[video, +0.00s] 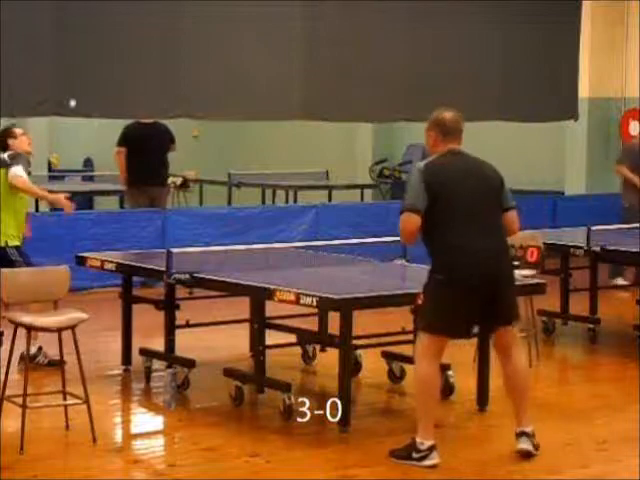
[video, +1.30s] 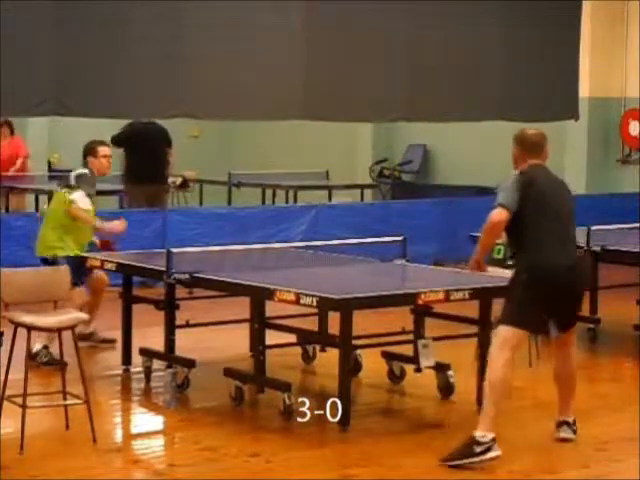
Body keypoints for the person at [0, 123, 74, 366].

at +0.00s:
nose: (29, 140)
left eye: (27, 136)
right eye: (23, 136)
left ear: (12, 143)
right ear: (11, 142)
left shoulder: (9, 160)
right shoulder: (16, 157)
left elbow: (11, 196)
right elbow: (17, 180)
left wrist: (20, 220)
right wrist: (53, 198)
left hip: (10, 239)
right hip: (8, 241)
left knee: (29, 291)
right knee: (35, 289)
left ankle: (32, 348)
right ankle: (31, 348)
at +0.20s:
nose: (49, 156)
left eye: (50, 152)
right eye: (46, 151)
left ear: (35, 153)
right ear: (32, 151)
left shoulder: (27, 173)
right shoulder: (18, 168)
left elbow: (19, 199)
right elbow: (15, 187)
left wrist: (34, 209)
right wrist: (33, 206)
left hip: (12, 240)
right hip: (7, 242)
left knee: (30, 288)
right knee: (34, 287)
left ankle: (38, 346)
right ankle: (38, 346)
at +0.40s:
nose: (69, 157)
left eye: (71, 152)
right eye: (66, 151)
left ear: (56, 153)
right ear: (51, 150)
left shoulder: (48, 179)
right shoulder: (31, 165)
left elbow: (41, 209)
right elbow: (3, 187)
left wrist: (54, 215)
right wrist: (14, 212)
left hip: (23, 240)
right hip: (10, 240)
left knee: (35, 288)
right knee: (39, 286)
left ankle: (38, 347)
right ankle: (38, 347)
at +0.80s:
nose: (80, 153)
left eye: (82, 148)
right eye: (75, 149)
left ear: (79, 152)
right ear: (61, 151)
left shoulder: (75, 180)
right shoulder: (44, 172)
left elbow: (74, 207)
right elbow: (11, 199)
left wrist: (69, 226)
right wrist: (27, 234)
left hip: (55, 246)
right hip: (33, 245)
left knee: (59, 293)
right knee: (50, 295)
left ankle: (52, 343)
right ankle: (43, 347)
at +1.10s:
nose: (97, 147)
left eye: (98, 142)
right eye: (92, 142)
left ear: (95, 146)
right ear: (78, 145)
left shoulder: (89, 173)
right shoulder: (61, 166)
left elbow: (86, 209)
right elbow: (30, 193)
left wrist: (92, 224)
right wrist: (54, 222)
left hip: (71, 242)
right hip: (49, 241)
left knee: (90, 282)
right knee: (61, 289)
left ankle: (78, 330)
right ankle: (39, 345)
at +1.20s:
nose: (102, 154)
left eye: (103, 150)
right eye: (98, 149)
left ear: (98, 153)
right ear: (83, 151)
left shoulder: (90, 178)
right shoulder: (67, 173)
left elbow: (81, 214)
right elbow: (40, 199)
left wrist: (94, 230)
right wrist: (69, 226)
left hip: (74, 246)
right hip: (53, 246)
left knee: (97, 280)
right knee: (54, 295)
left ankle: (83, 329)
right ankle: (40, 346)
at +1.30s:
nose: (109, 162)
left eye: (110, 158)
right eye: (105, 157)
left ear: (95, 162)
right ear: (91, 159)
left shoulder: (84, 182)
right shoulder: (82, 181)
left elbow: (77, 223)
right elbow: (75, 210)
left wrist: (95, 241)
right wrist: (105, 227)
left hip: (71, 250)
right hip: (57, 251)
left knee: (99, 281)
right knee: (76, 297)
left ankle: (85, 329)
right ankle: (42, 346)